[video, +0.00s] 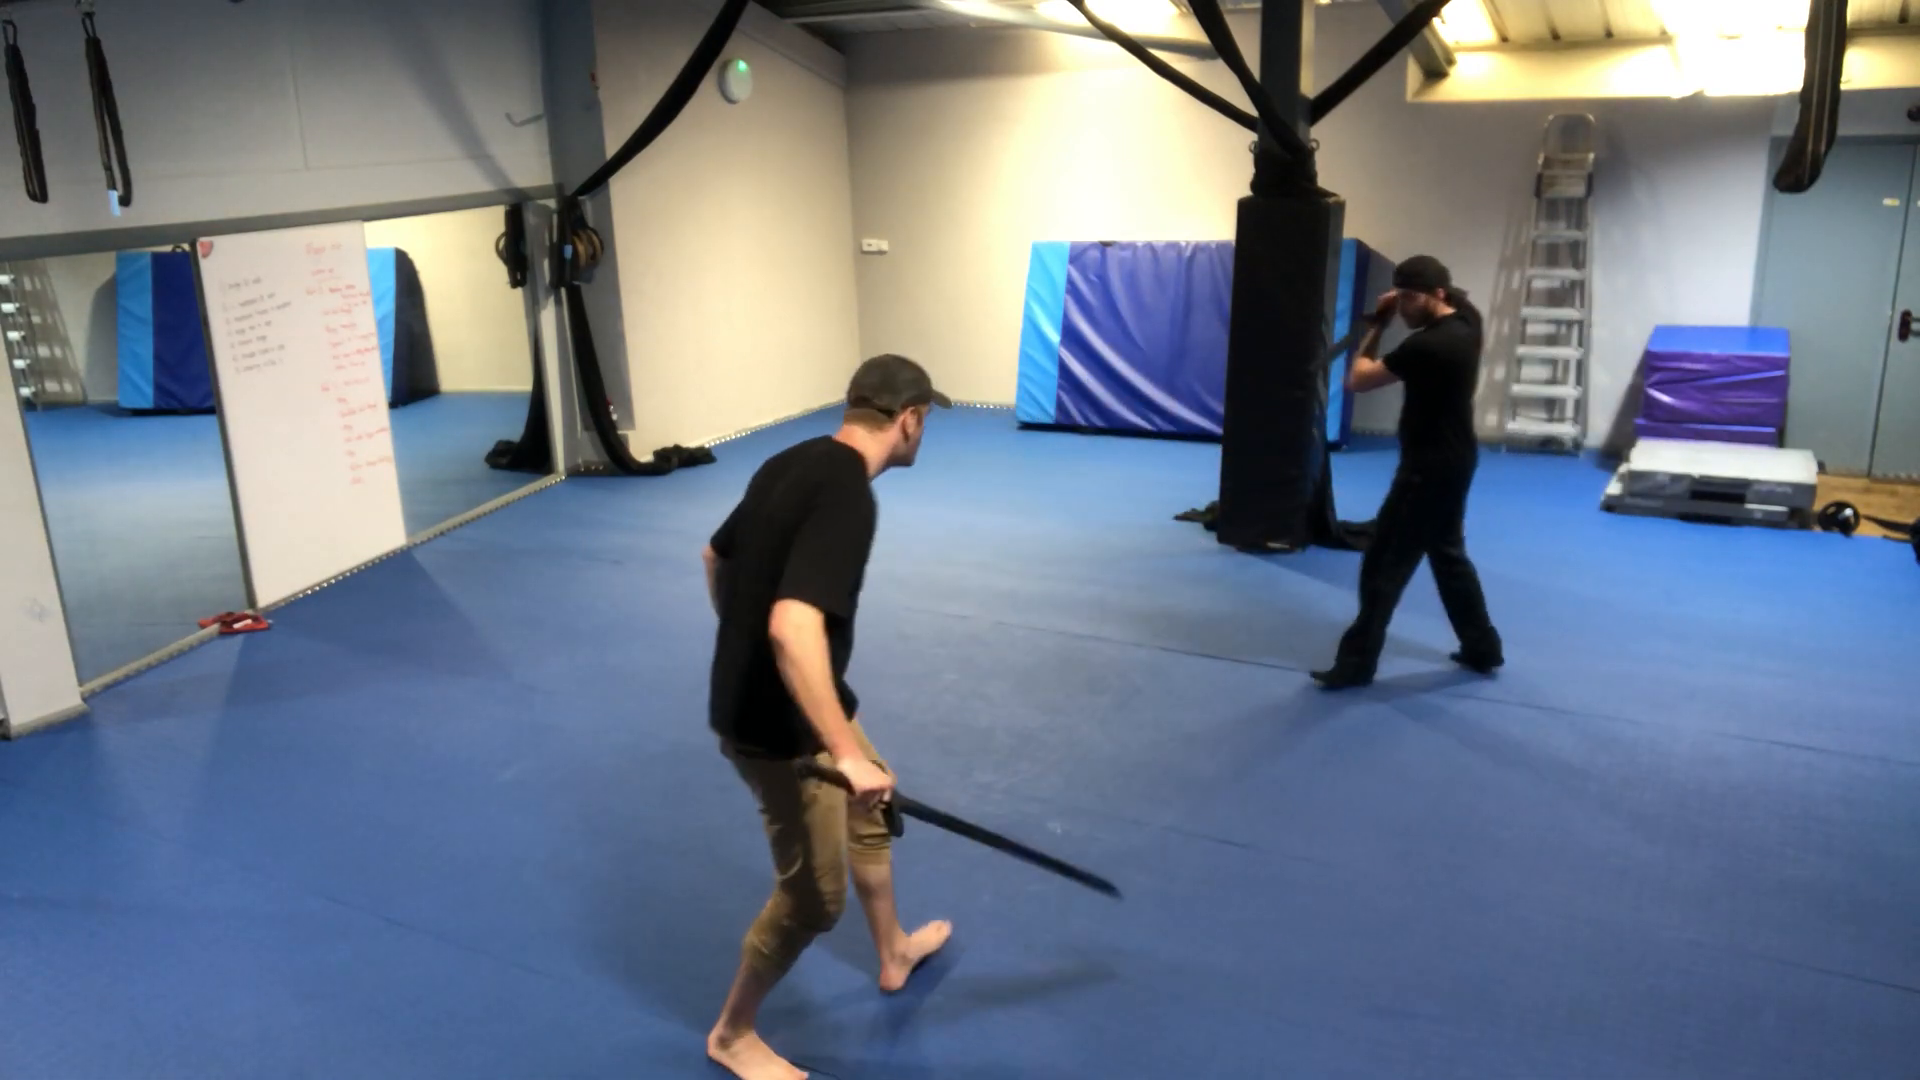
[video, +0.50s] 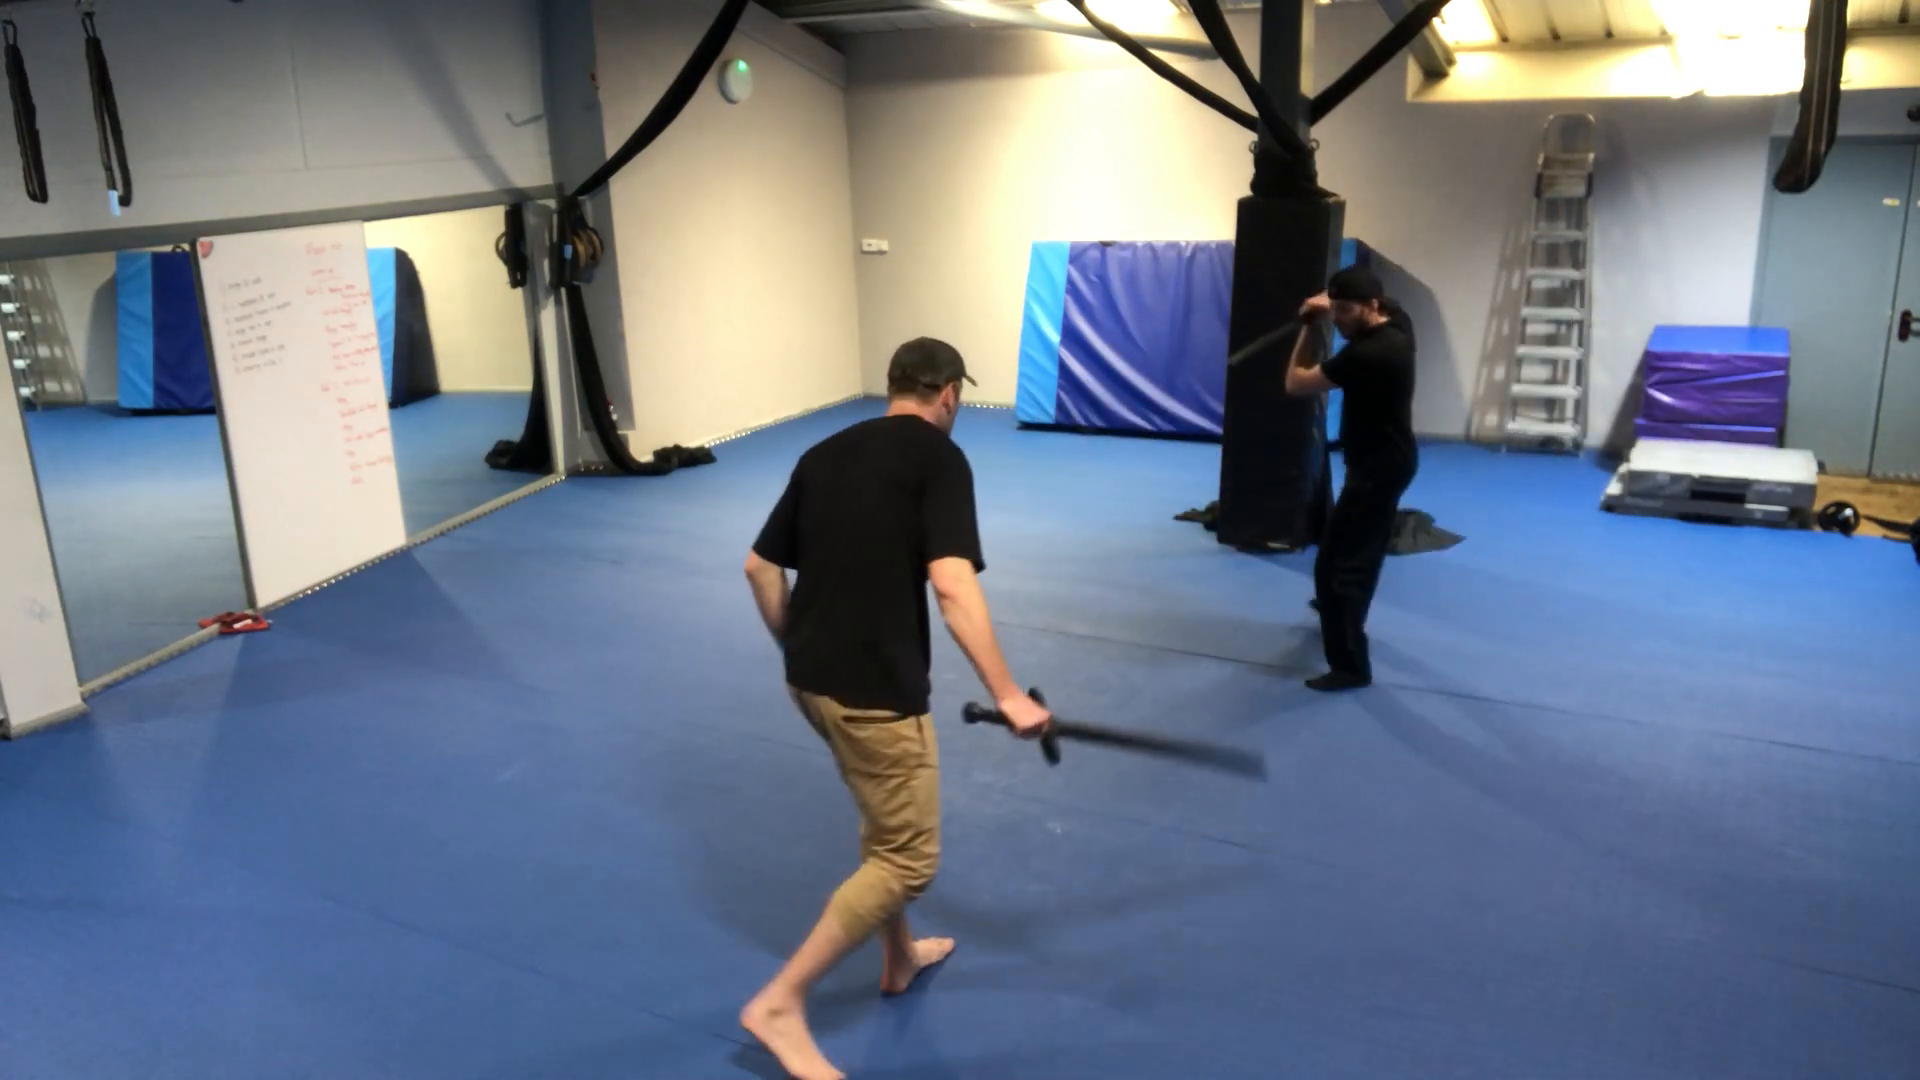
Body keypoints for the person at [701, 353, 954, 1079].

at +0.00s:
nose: (923, 435)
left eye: (925, 422)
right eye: (925, 421)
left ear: (854, 407)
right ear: (906, 418)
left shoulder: (790, 464)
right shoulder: (845, 493)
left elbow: (718, 554)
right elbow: (792, 626)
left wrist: (755, 644)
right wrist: (851, 758)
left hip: (772, 706)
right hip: (781, 732)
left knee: (873, 796)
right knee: (812, 898)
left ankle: (893, 951)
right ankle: (731, 1033)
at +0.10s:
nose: (934, 430)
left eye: (936, 417)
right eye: (936, 416)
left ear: (863, 403)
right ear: (919, 413)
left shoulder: (799, 462)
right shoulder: (872, 486)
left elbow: (723, 562)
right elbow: (820, 608)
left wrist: (760, 651)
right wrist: (863, 745)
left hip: (772, 700)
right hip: (803, 723)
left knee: (873, 811)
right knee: (821, 889)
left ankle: (895, 951)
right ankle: (732, 1031)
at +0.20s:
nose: (941, 424)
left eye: (942, 411)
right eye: (943, 410)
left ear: (871, 398)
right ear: (927, 405)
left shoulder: (805, 462)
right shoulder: (897, 476)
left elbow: (731, 565)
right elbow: (859, 596)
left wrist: (756, 660)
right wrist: (897, 729)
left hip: (790, 690)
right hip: (824, 706)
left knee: (882, 815)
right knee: (829, 874)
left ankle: (896, 952)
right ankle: (735, 1025)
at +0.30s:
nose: (947, 416)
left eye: (947, 404)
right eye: (949, 404)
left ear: (880, 394)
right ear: (935, 400)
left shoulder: (815, 458)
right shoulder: (916, 468)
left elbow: (740, 563)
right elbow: (901, 588)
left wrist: (761, 665)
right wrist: (941, 715)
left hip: (796, 685)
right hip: (848, 695)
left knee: (884, 816)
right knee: (847, 865)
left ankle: (898, 954)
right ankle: (740, 1015)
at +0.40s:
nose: (955, 411)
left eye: (952, 400)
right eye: (955, 400)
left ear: (888, 391)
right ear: (941, 396)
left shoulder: (820, 454)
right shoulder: (930, 461)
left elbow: (751, 563)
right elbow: (933, 583)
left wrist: (777, 661)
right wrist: (983, 704)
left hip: (806, 686)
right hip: (867, 696)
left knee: (879, 823)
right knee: (876, 861)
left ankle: (897, 952)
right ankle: (751, 1000)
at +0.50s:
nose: (960, 410)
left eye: (959, 399)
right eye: (960, 399)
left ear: (890, 390)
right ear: (948, 395)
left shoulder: (826, 454)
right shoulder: (938, 458)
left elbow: (763, 565)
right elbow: (952, 584)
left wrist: (798, 644)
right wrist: (1010, 696)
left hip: (813, 679)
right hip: (878, 690)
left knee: (886, 824)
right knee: (907, 856)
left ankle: (900, 956)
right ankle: (777, 1001)